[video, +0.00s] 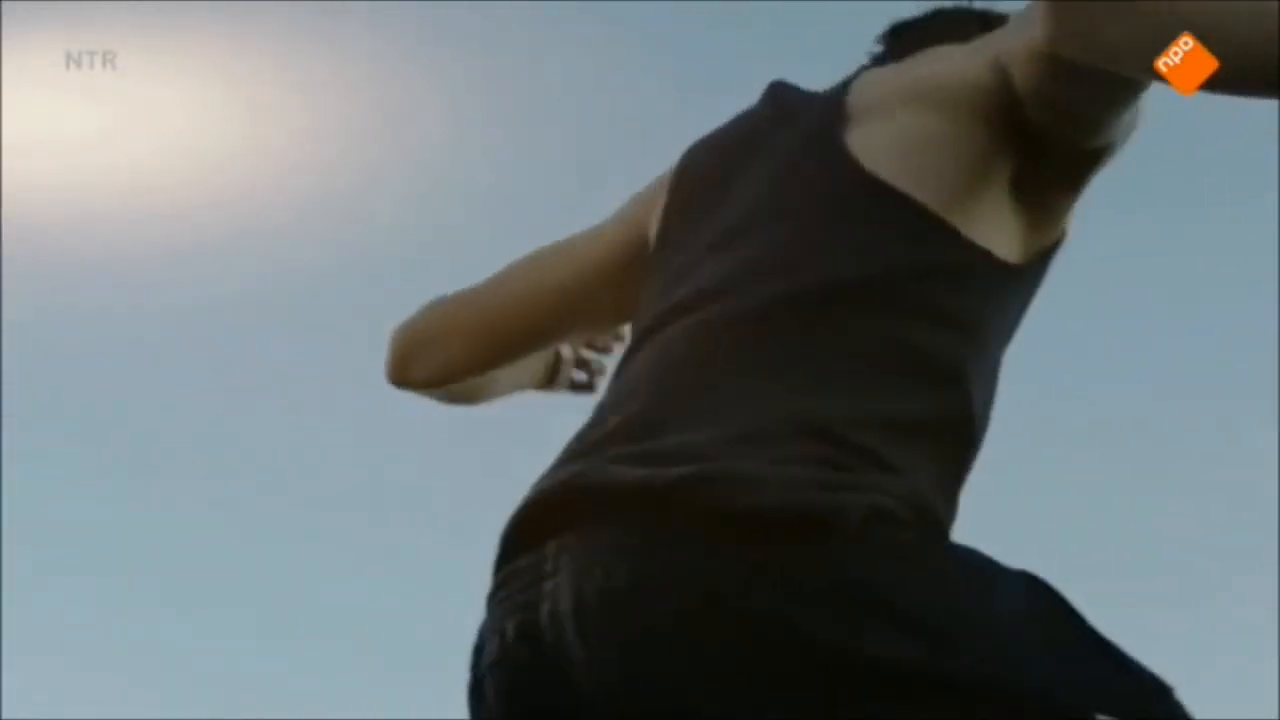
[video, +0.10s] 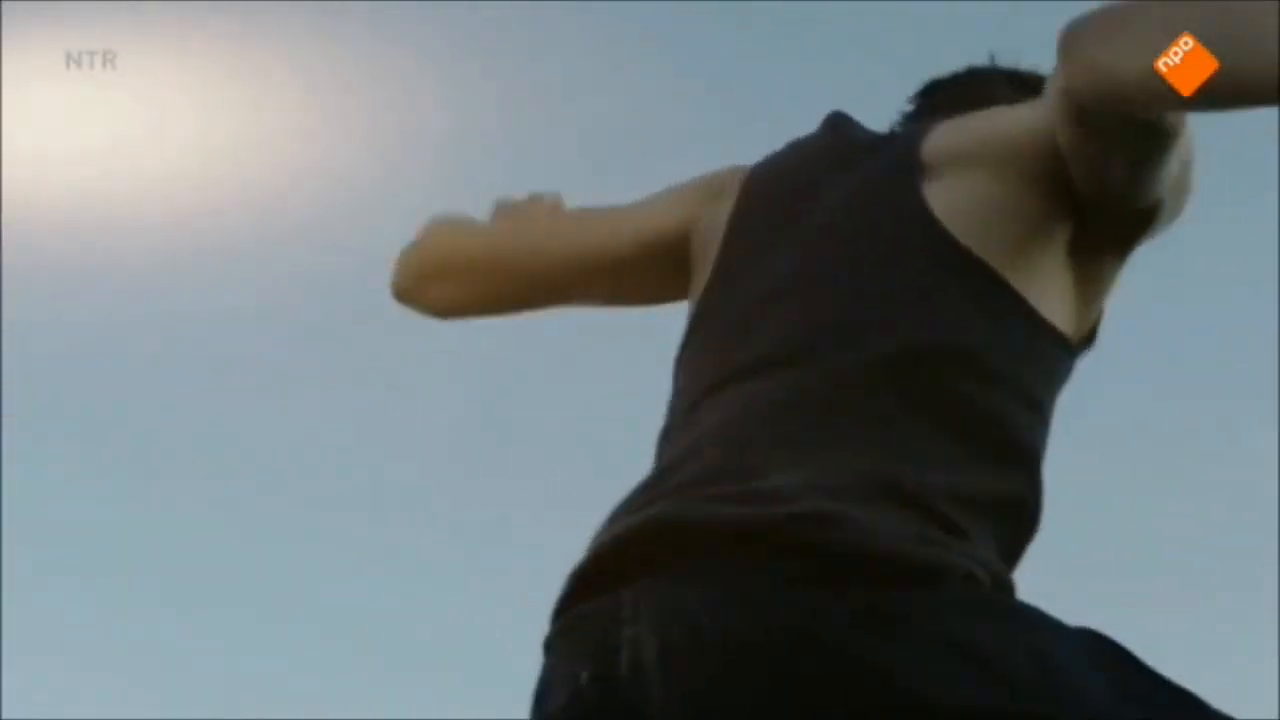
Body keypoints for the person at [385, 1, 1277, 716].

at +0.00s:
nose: (1103, 135)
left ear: (886, 51)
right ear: (1014, 48)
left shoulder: (701, 178)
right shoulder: (1008, 95)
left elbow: (419, 355)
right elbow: (1086, 38)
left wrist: (545, 352)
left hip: (536, 618)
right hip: (784, 575)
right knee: (1138, 711)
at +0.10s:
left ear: (920, 114)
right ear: (1033, 118)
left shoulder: (736, 197)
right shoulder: (1063, 165)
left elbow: (426, 275)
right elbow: (1106, 61)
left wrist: (515, 229)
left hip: (611, 644)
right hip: (873, 616)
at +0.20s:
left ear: (947, 155)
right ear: (1084, 163)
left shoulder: (775, 219)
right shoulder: (1106, 226)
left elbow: (472, 221)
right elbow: (1103, 129)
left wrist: (455, 180)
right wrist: (1276, 120)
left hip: (660, 656)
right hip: (920, 639)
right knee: (1155, 698)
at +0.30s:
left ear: (988, 230)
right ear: (1083, 234)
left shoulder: (827, 275)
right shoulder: (1118, 255)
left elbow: (569, 175)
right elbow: (1189, 276)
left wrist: (340, 158)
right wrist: (1228, 306)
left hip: (744, 674)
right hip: (972, 675)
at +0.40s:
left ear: (986, 297)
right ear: (1155, 306)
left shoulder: (866, 339)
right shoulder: (1223, 344)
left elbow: (621, 219)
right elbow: (1177, 355)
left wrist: (290, 176)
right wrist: (1110, 382)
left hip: (825, 673)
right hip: (1053, 687)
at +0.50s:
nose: (1262, 639)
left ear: (1069, 433)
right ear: (1187, 423)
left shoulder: (912, 473)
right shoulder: (1246, 461)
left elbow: (698, 375)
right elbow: (1141, 570)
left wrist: (345, 311)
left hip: (884, 693)